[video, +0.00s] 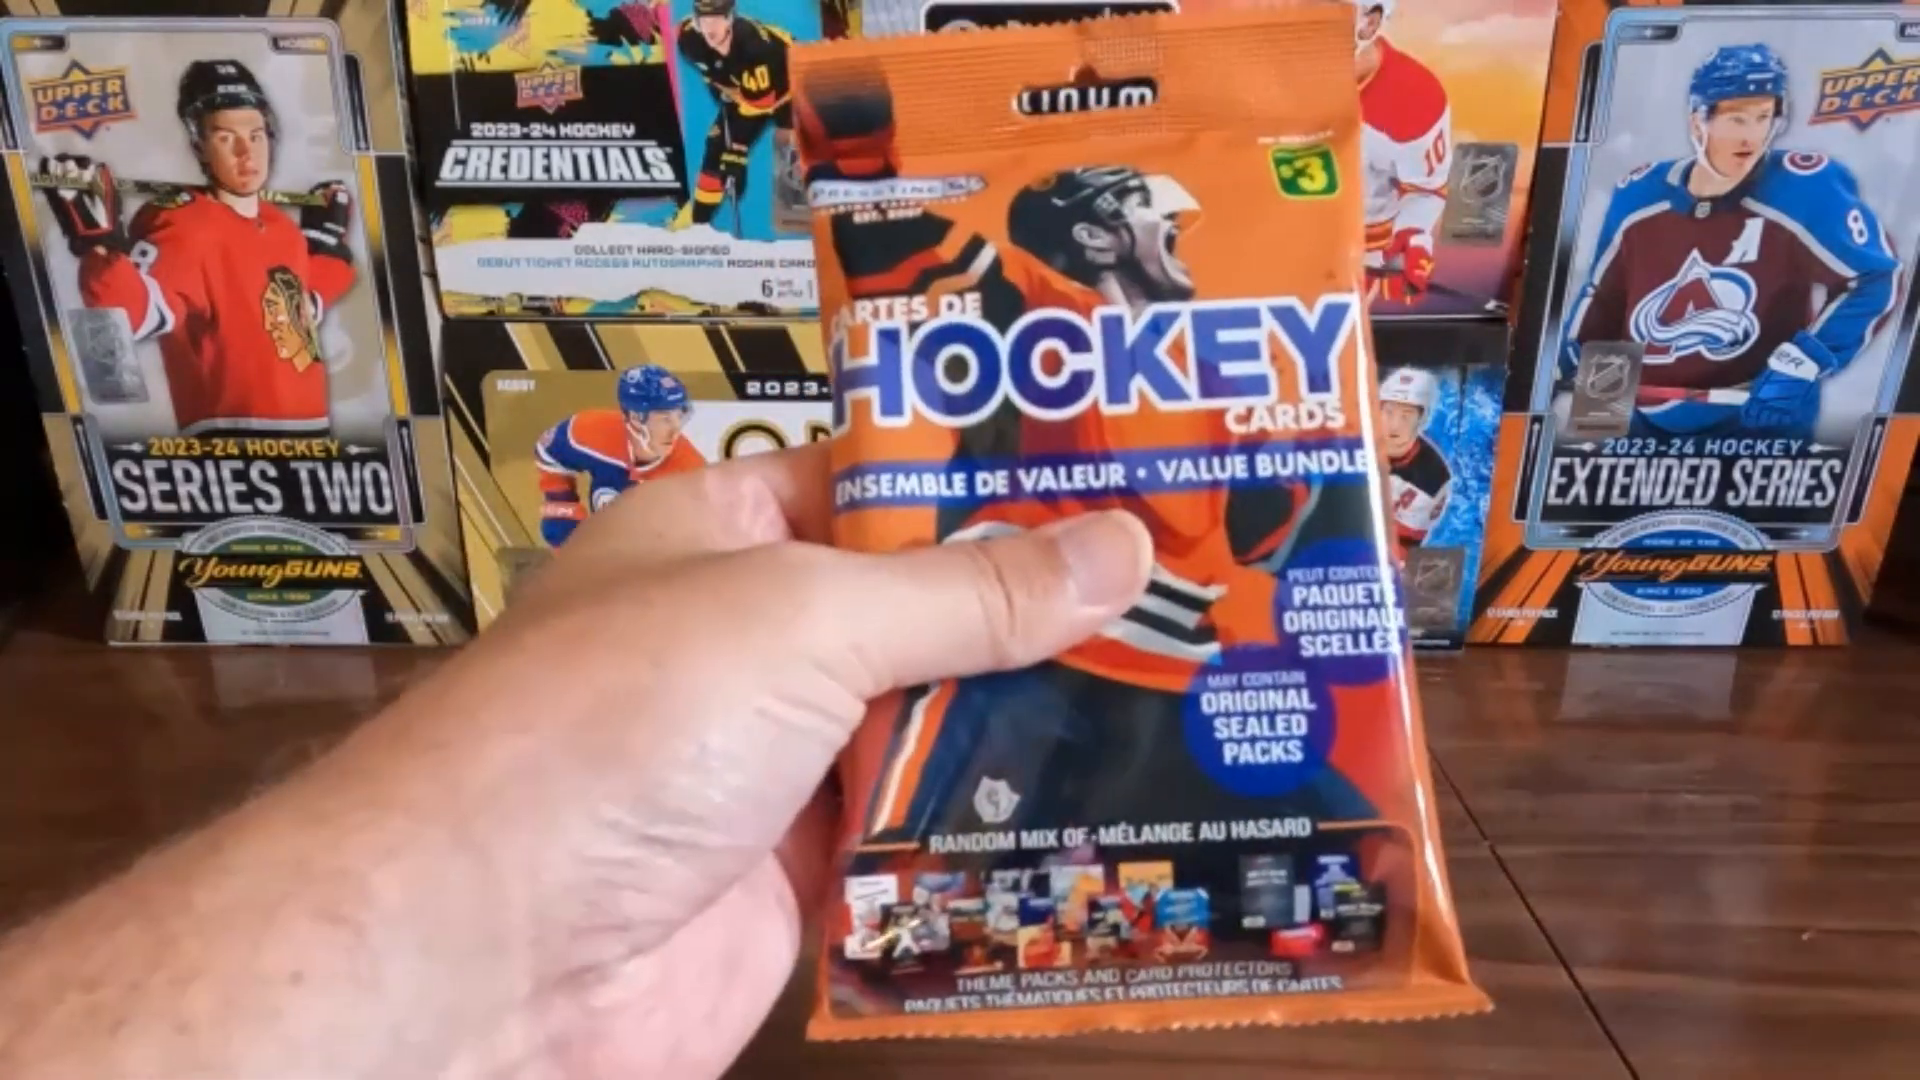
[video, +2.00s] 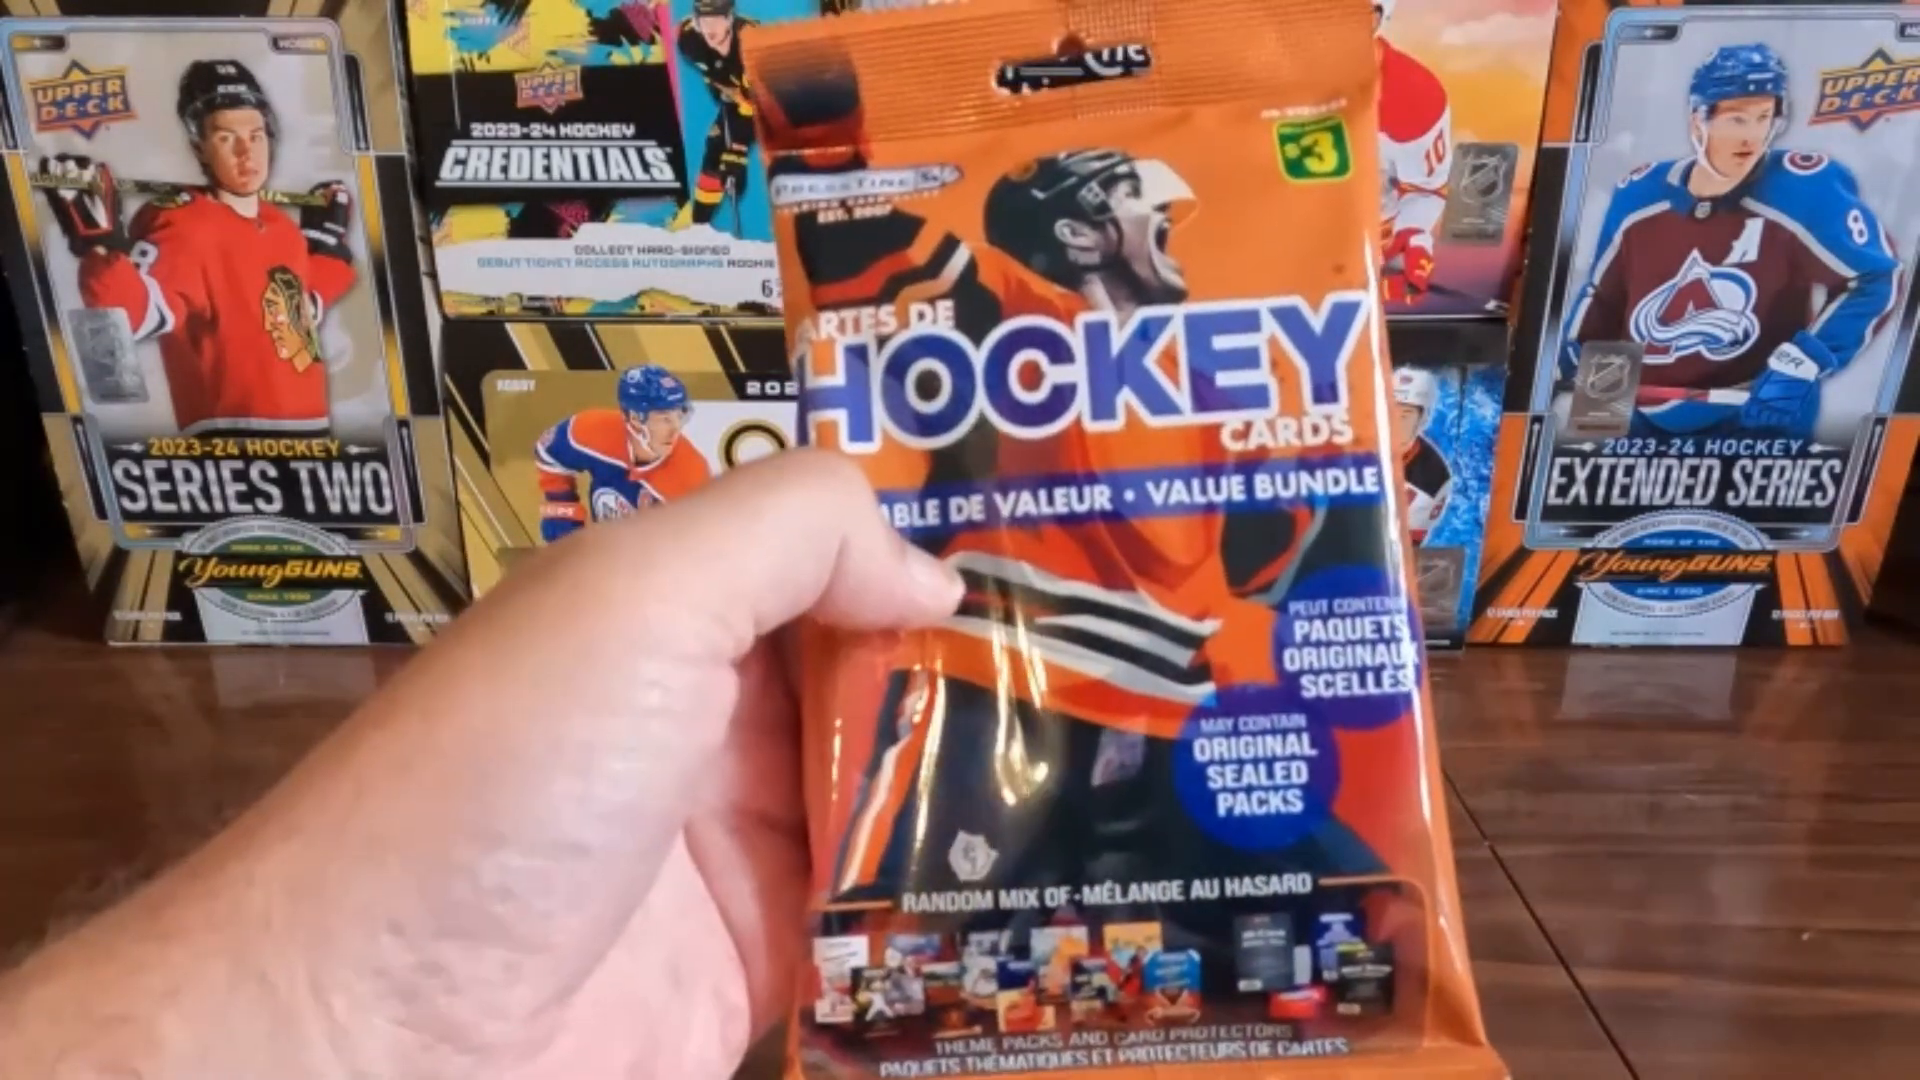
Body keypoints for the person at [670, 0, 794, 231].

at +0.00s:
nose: (709, 28)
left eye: (715, 21)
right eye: (703, 21)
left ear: (729, 19)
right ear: (696, 21)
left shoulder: (752, 46)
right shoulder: (689, 37)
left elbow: (758, 107)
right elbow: (709, 73)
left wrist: (737, 154)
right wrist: (725, 95)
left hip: (789, 88)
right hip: (741, 97)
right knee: (716, 146)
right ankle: (699, 219)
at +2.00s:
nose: (709, 29)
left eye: (715, 22)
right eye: (704, 22)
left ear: (729, 19)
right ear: (696, 21)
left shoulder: (750, 36)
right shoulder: (688, 38)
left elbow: (749, 100)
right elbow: (711, 76)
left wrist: (736, 156)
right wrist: (734, 94)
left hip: (767, 103)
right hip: (731, 106)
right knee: (714, 147)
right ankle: (699, 220)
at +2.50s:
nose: (709, 32)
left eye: (715, 24)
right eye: (703, 24)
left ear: (729, 19)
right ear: (696, 22)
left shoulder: (755, 37)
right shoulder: (689, 38)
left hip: (761, 110)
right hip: (729, 110)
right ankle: (698, 224)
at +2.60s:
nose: (711, 33)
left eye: (717, 26)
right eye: (705, 26)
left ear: (730, 19)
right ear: (696, 21)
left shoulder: (754, 36)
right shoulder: (688, 39)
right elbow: (710, 73)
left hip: (762, 109)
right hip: (728, 109)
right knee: (714, 160)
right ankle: (700, 221)